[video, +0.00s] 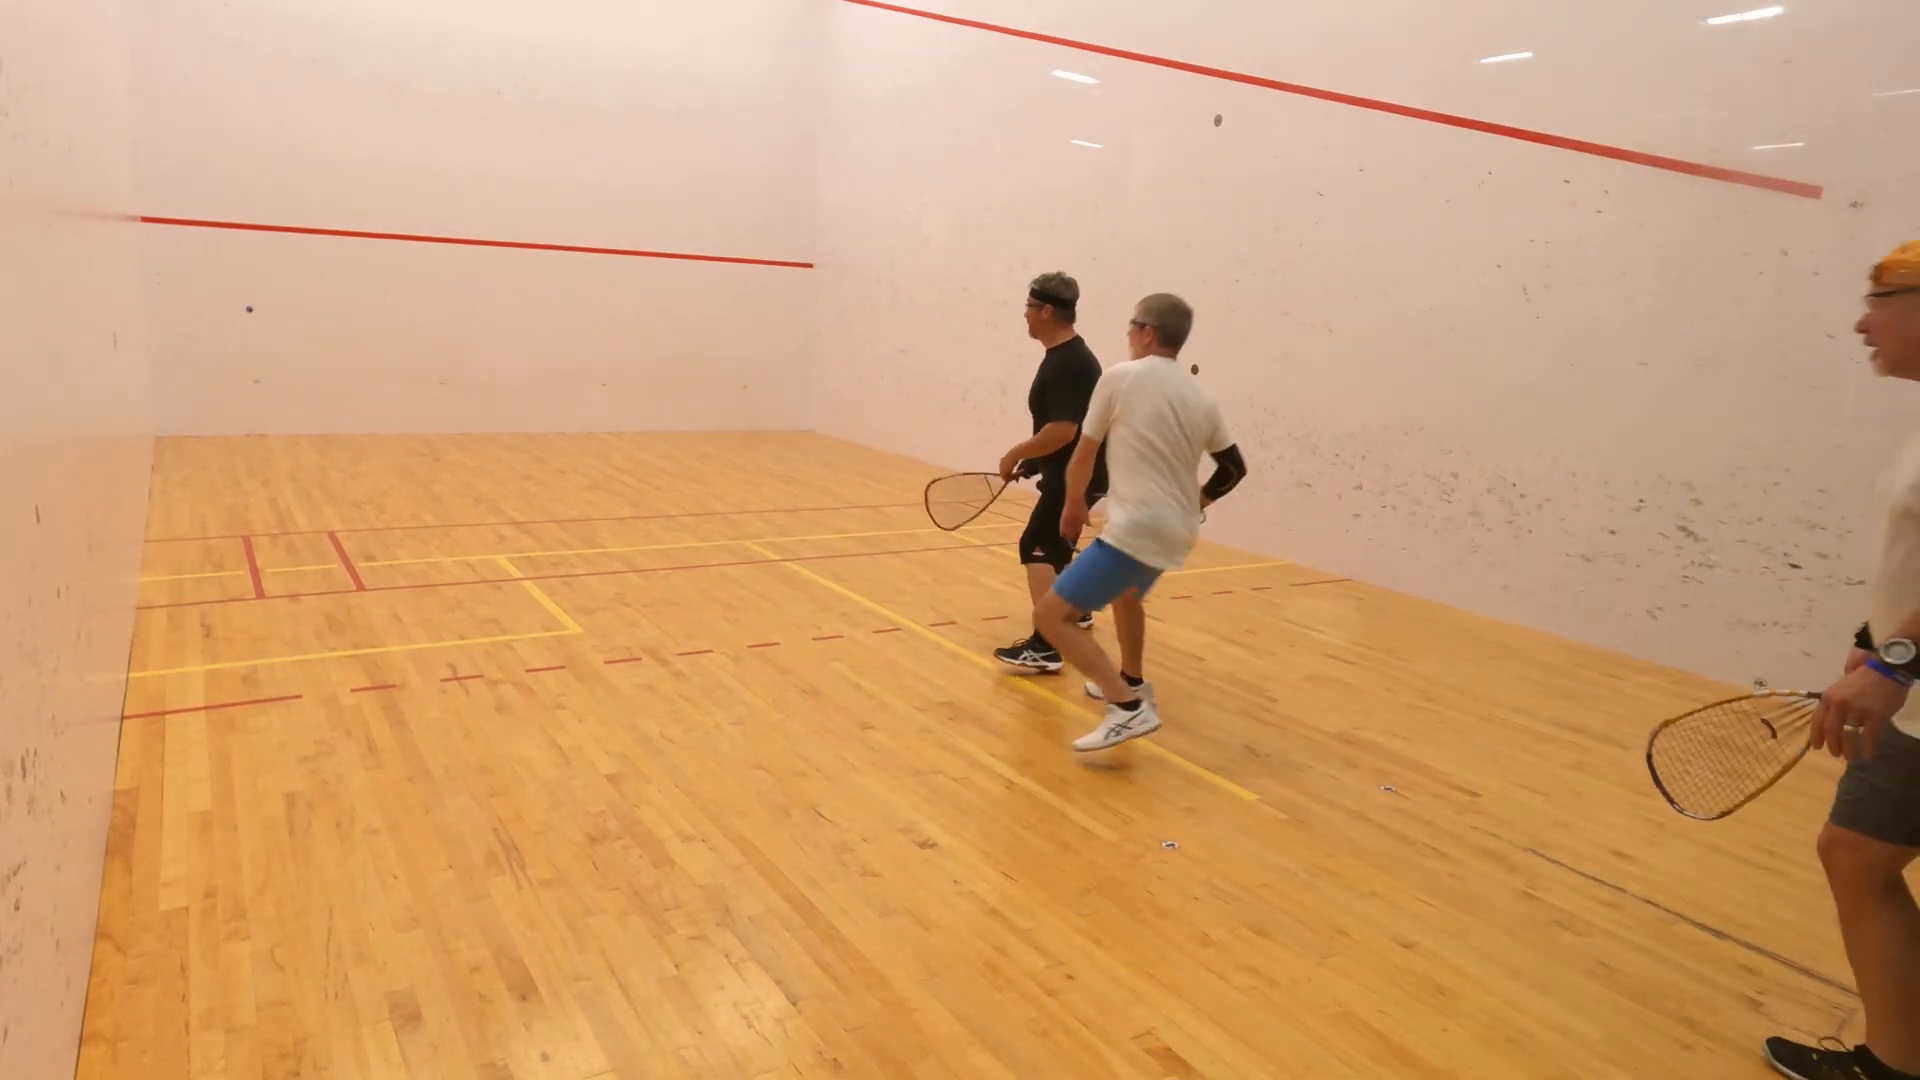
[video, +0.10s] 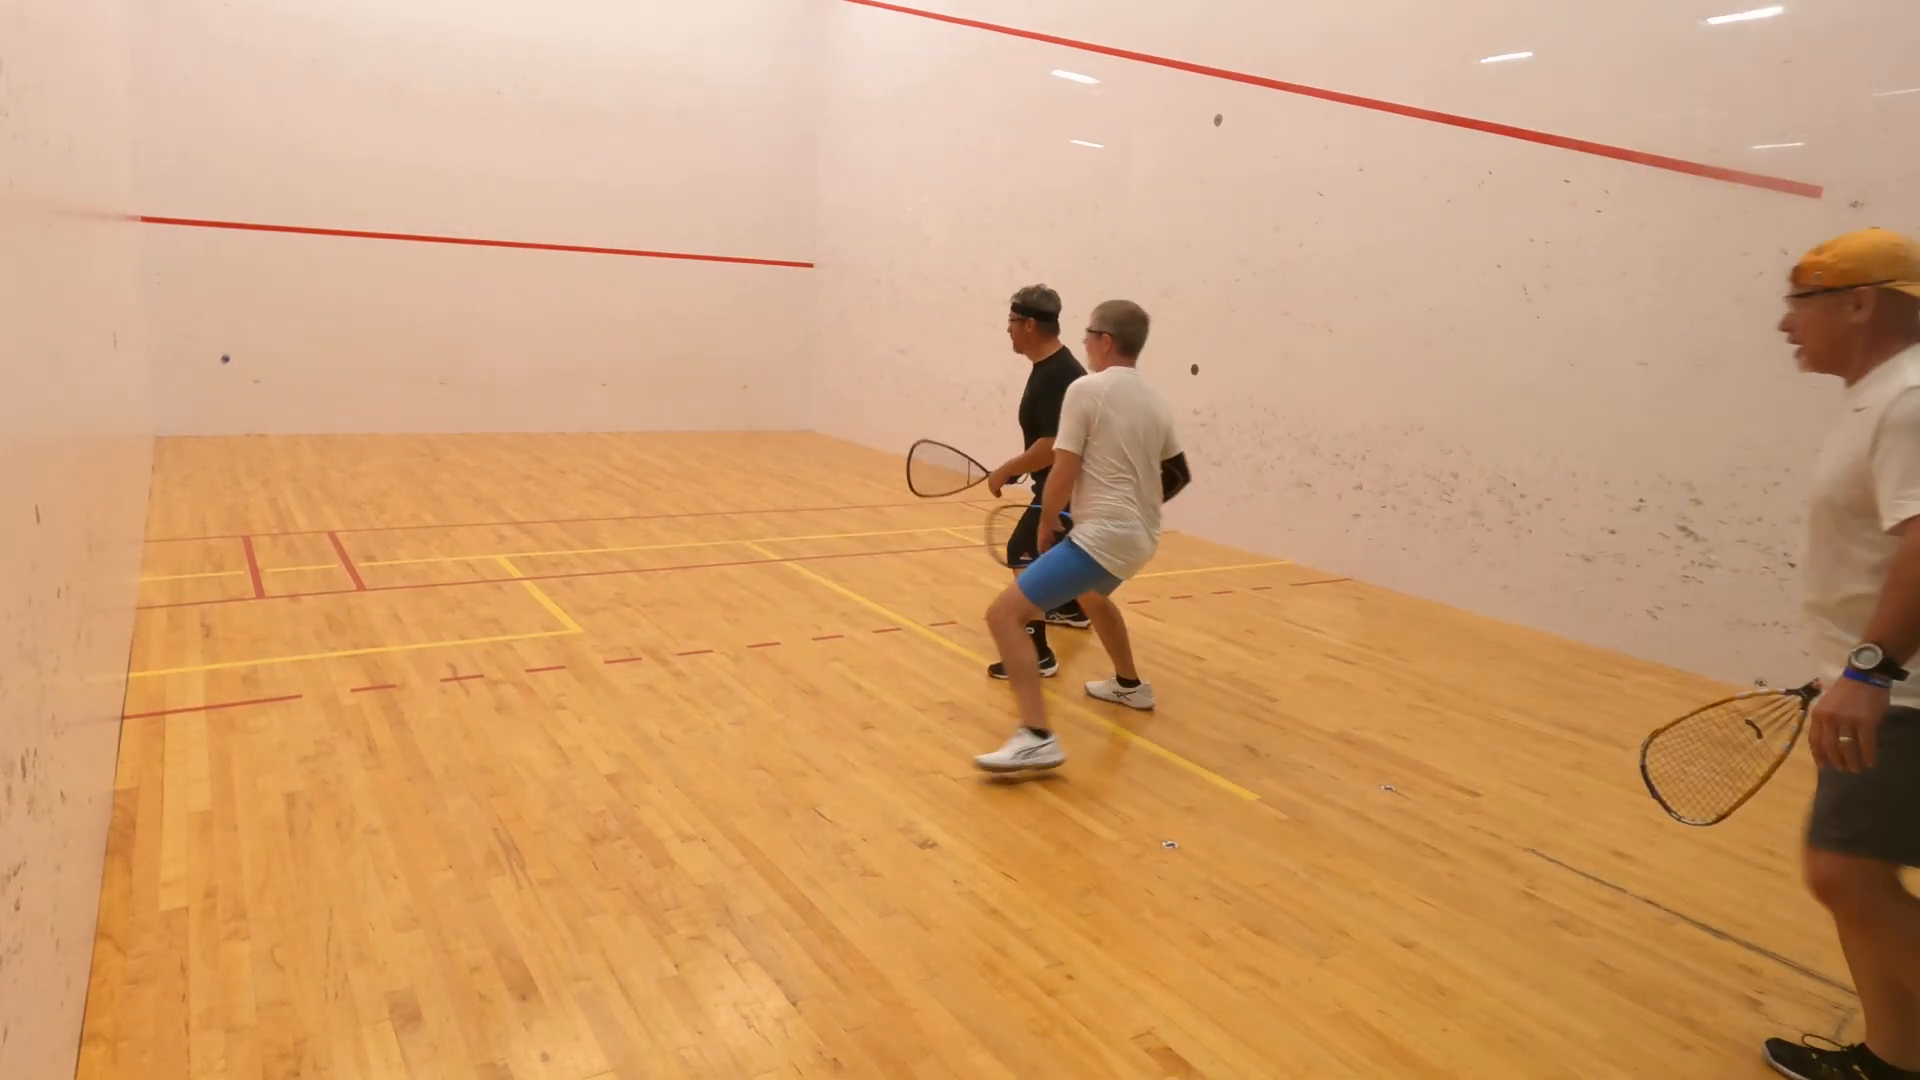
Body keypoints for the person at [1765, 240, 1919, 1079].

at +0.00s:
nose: (1862, 321)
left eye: (1879, 300)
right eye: (1868, 301)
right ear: (1905, 317)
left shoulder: (1914, 438)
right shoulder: (1911, 437)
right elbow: (1906, 579)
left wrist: (1894, 664)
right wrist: (1861, 668)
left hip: (1914, 700)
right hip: (1903, 693)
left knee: (1856, 857)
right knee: (1859, 855)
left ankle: (1895, 1054)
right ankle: (1891, 1051)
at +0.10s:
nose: (1785, 323)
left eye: (1801, 304)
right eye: (1788, 304)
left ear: (1861, 308)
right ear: (1858, 311)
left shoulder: (1904, 404)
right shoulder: (1874, 400)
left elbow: (1913, 549)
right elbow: (1884, 553)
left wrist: (1868, 672)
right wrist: (1845, 671)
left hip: (1893, 692)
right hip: (1873, 687)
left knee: (1846, 869)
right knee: (1848, 866)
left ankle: (1897, 1052)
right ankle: (1888, 1049)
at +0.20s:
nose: (1707, 322)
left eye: (1721, 303)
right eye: (1709, 304)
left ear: (1780, 306)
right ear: (1785, 309)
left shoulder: (1828, 389)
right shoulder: (1837, 380)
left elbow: (1874, 530)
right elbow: (1855, 535)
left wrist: (1862, 669)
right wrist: (1773, 663)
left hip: (1809, 668)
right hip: (1870, 671)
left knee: (1691, 805)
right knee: (1851, 848)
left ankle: (1779, 1008)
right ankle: (1896, 1055)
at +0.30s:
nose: (1629, 338)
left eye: (1641, 321)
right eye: (1630, 321)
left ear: (1693, 320)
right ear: (1703, 323)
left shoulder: (1730, 401)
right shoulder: (1763, 389)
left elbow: (1795, 533)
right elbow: (1775, 544)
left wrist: (1823, 664)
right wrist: (1682, 651)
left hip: (1733, 655)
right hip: (1807, 663)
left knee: (1600, 773)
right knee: (1840, 857)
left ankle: (1559, 942)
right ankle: (1889, 1051)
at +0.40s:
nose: (1544, 346)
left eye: (1557, 331)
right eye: (1546, 331)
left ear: (1607, 334)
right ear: (1615, 336)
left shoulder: (1636, 410)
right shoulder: (1678, 398)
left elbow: (1703, 531)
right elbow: (1679, 541)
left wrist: (1737, 650)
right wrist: (1609, 623)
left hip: (1648, 652)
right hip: (1729, 663)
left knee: (1537, 775)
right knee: (1785, 839)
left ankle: (1456, 896)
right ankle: (1874, 1034)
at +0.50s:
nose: (1467, 340)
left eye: (1479, 326)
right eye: (1471, 326)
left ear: (1527, 333)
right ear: (1534, 335)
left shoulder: (1550, 406)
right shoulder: (1600, 395)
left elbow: (1597, 527)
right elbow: (1605, 526)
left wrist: (1613, 641)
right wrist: (1531, 617)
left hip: (1560, 632)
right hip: (1647, 636)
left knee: (1468, 745)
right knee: (1652, 795)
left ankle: (1443, 891)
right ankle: (1792, 962)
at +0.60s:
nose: (1411, 320)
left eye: (1423, 307)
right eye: (1413, 306)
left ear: (1468, 313)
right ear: (1477, 315)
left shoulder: (1488, 385)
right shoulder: (1539, 371)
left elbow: (1506, 513)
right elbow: (1544, 501)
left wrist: (1479, 612)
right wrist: (1470, 587)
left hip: (1513, 602)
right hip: (1578, 601)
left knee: (1435, 731)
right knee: (1525, 732)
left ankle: (1444, 889)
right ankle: (1646, 870)